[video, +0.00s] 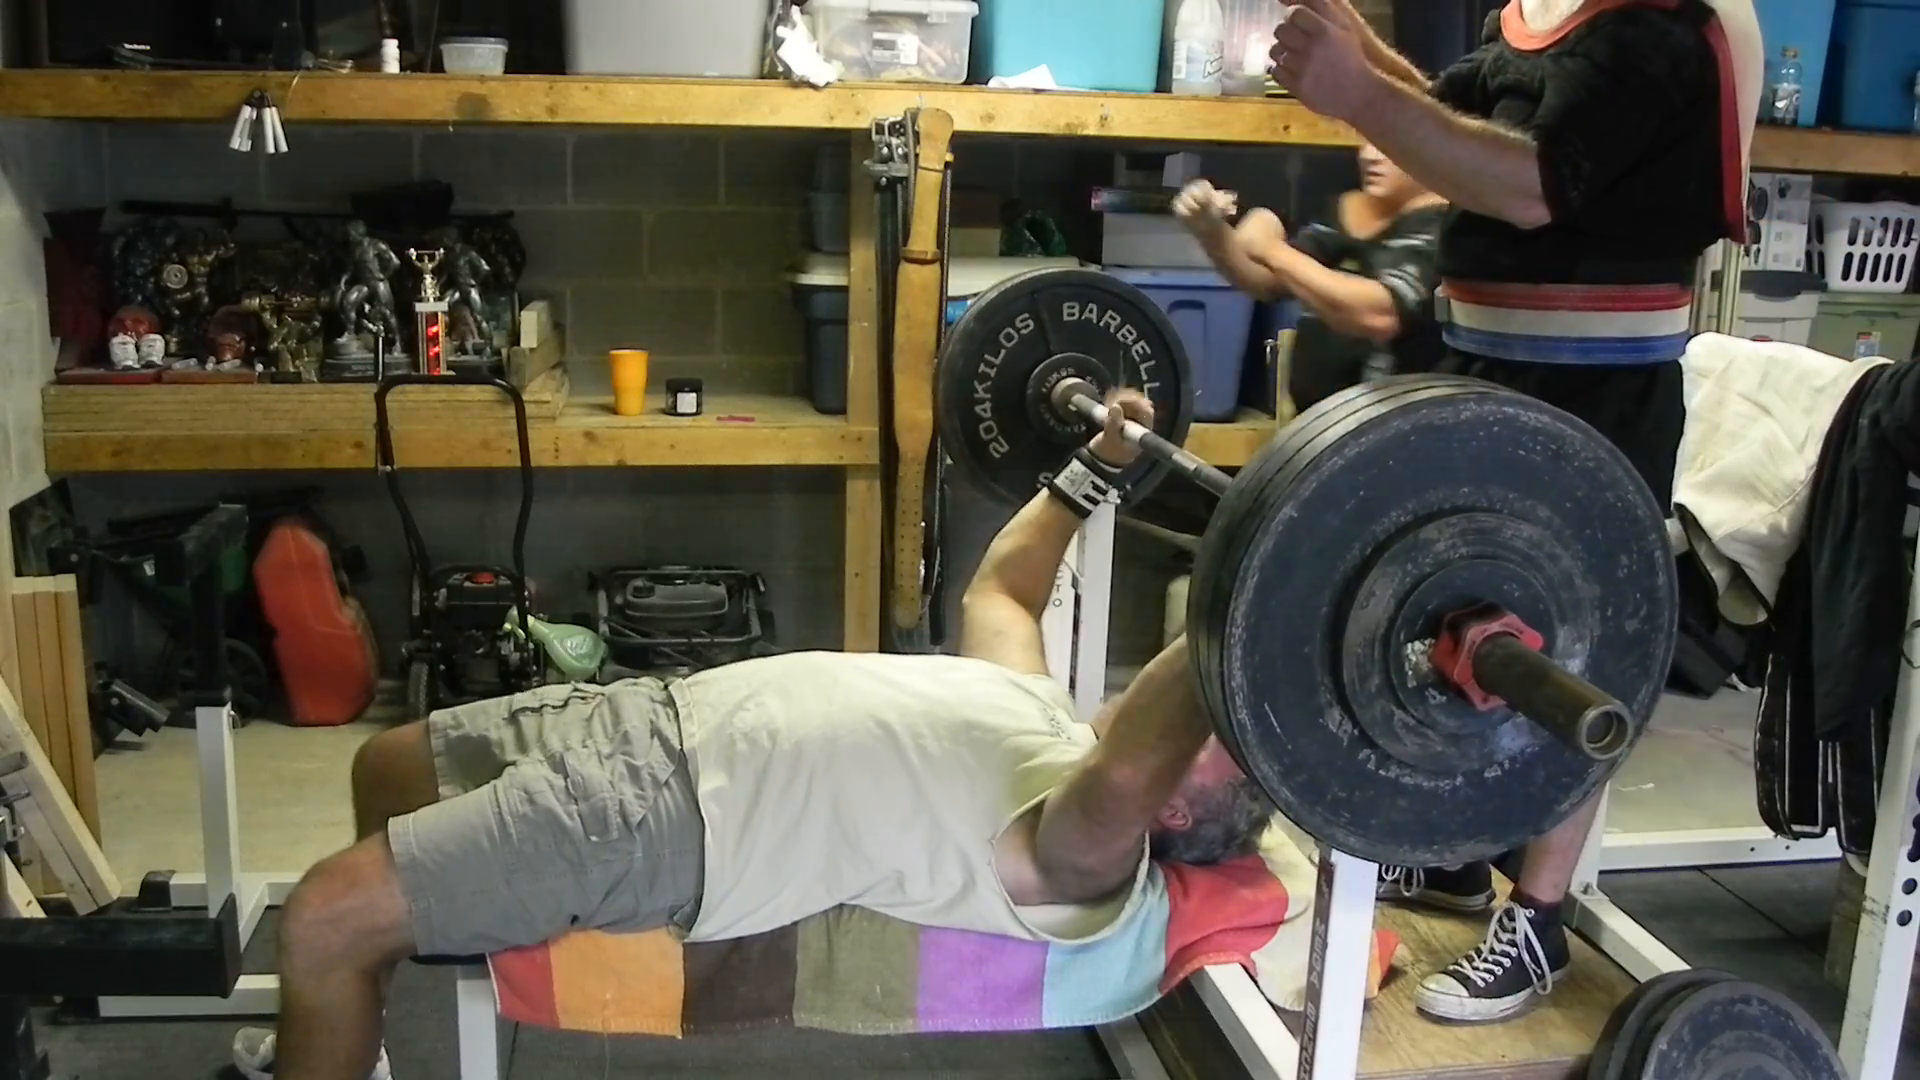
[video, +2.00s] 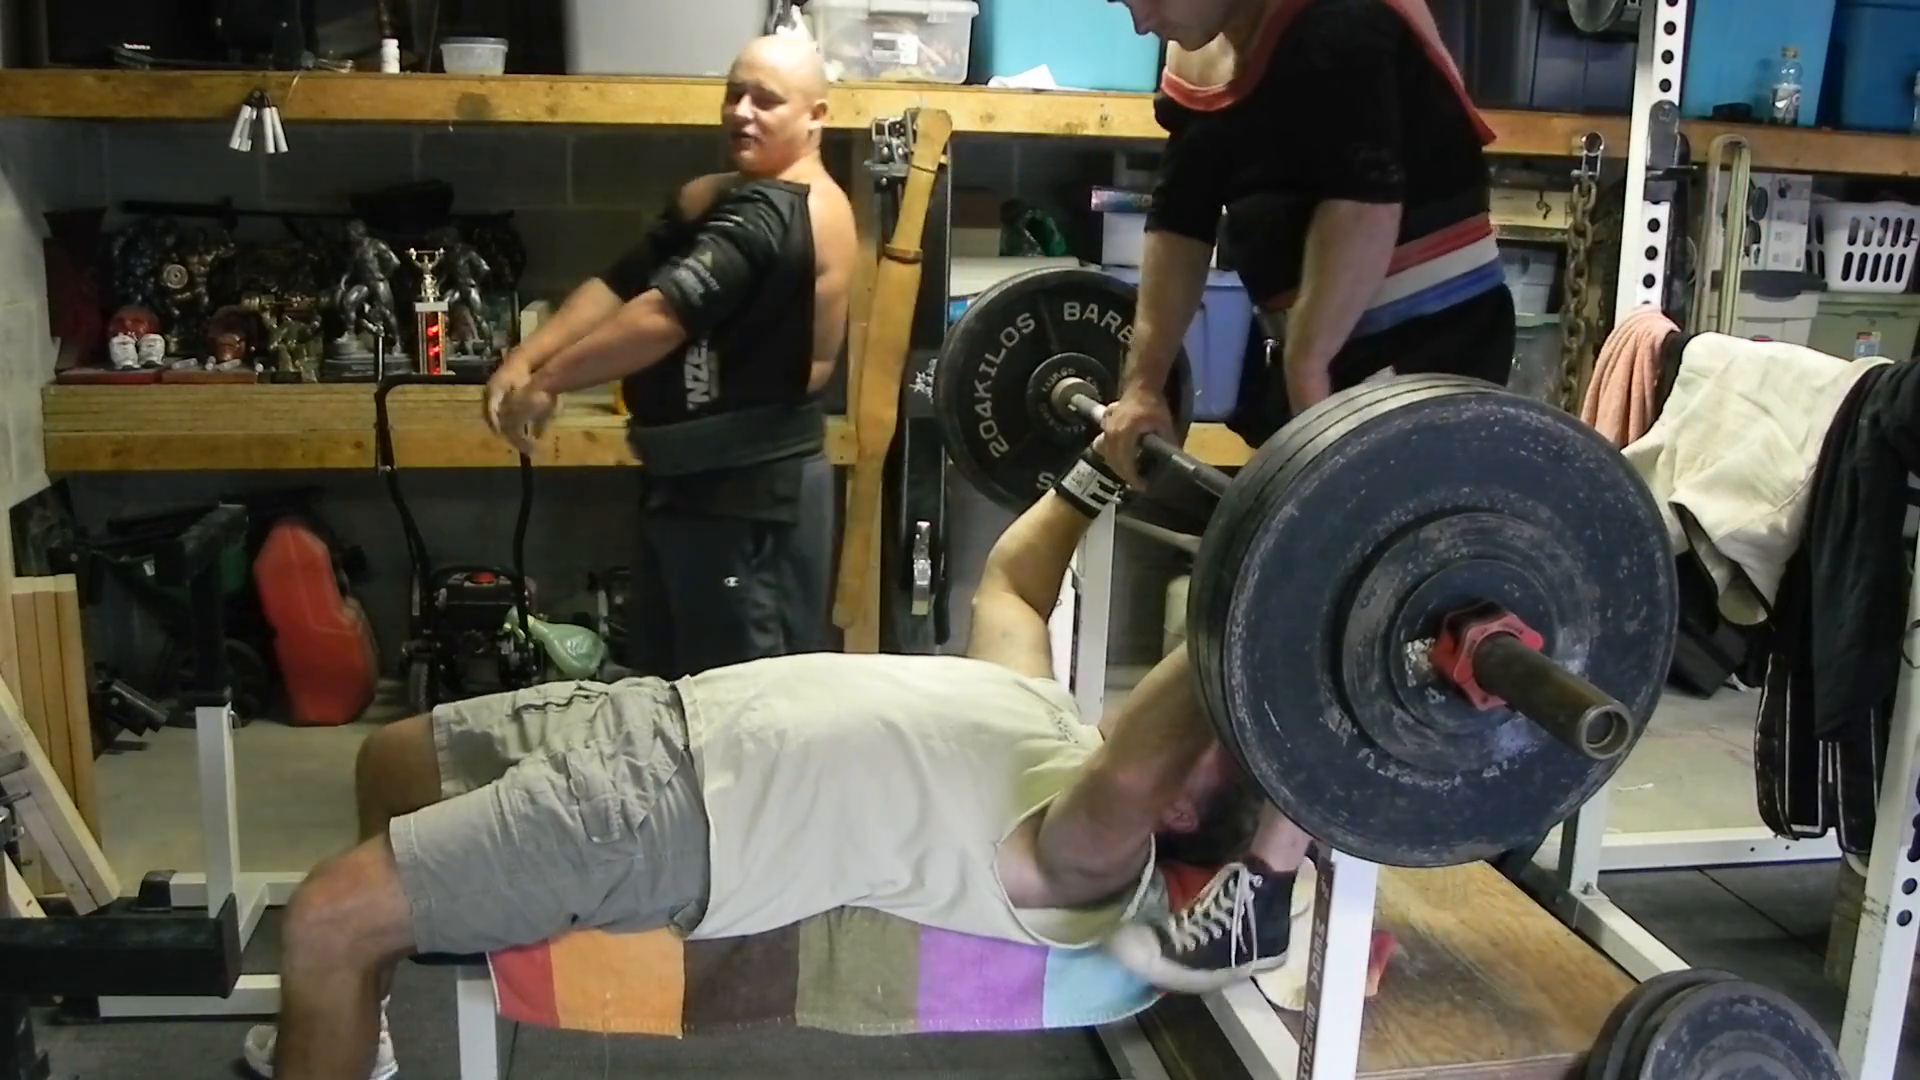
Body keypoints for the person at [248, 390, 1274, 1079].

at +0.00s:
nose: (1191, 734)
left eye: (1220, 744)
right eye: (1207, 720)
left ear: (1214, 801)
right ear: (1184, 736)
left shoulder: (1080, 853)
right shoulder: (1026, 714)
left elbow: (1143, 753)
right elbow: (1008, 588)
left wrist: (1258, 608)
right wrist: (1091, 469)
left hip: (667, 818)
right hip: (648, 709)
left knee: (325, 921)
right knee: (386, 766)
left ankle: (331, 1065)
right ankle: (407, 991)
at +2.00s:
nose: (1181, 727)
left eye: (1207, 742)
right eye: (1203, 723)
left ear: (1202, 812)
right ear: (1187, 729)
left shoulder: (1078, 865)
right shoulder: (1043, 716)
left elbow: (1143, 754)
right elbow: (1013, 585)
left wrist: (1275, 596)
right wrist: (1104, 464)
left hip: (662, 817)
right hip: (648, 712)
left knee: (323, 922)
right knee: (391, 762)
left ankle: (332, 1064)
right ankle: (374, 1016)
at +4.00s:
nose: (1185, 715)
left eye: (1216, 735)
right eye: (1209, 716)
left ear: (1202, 827)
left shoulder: (1088, 868)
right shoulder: (1049, 723)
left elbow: (1151, 757)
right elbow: (1014, 586)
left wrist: (1277, 594)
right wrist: (1098, 486)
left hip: (669, 817)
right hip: (660, 714)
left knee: (326, 916)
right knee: (390, 769)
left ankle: (327, 1065)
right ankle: (359, 1010)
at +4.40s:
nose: (1188, 710)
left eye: (1216, 731)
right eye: (1211, 711)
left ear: (1197, 809)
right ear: (1192, 716)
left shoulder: (1090, 868)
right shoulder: (1054, 718)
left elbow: (1151, 764)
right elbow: (1016, 589)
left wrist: (1271, 597)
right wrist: (1101, 479)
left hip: (671, 815)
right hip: (660, 713)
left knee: (326, 918)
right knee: (394, 768)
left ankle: (332, 1057)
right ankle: (354, 990)